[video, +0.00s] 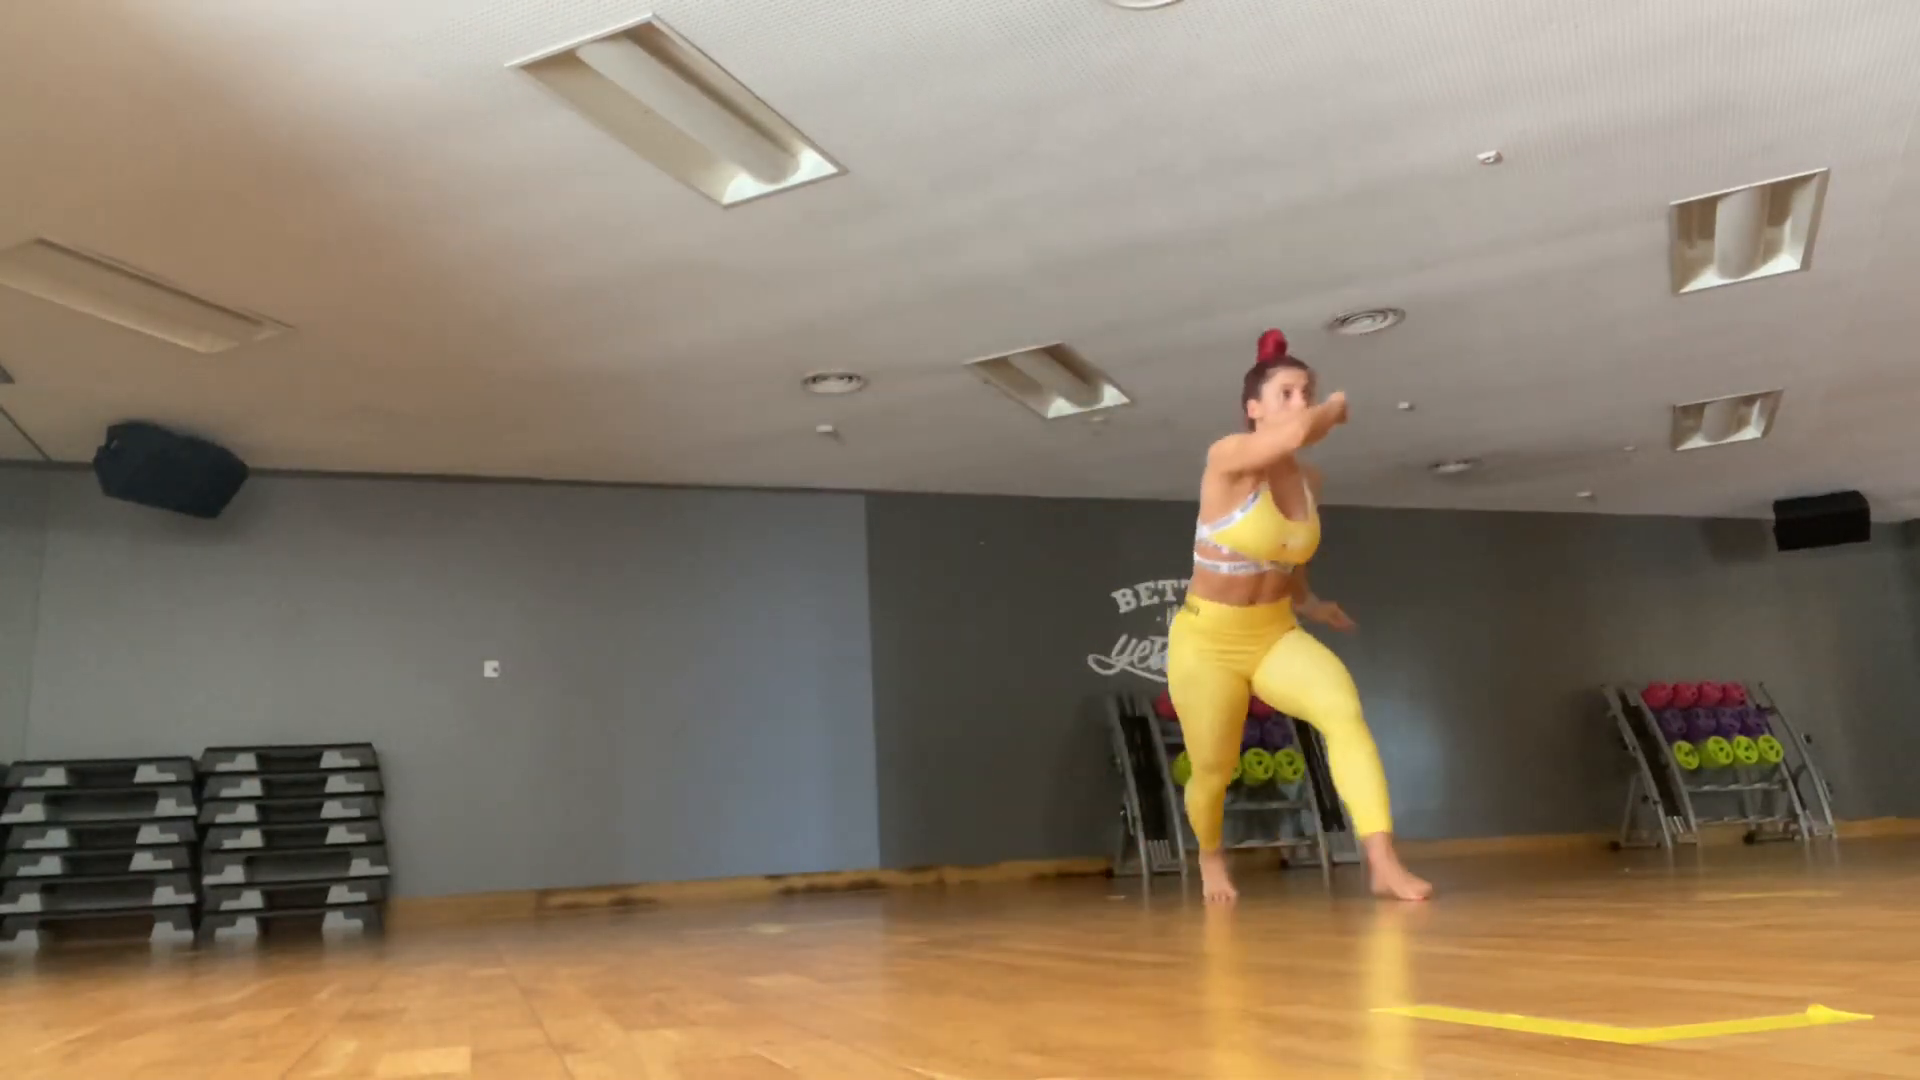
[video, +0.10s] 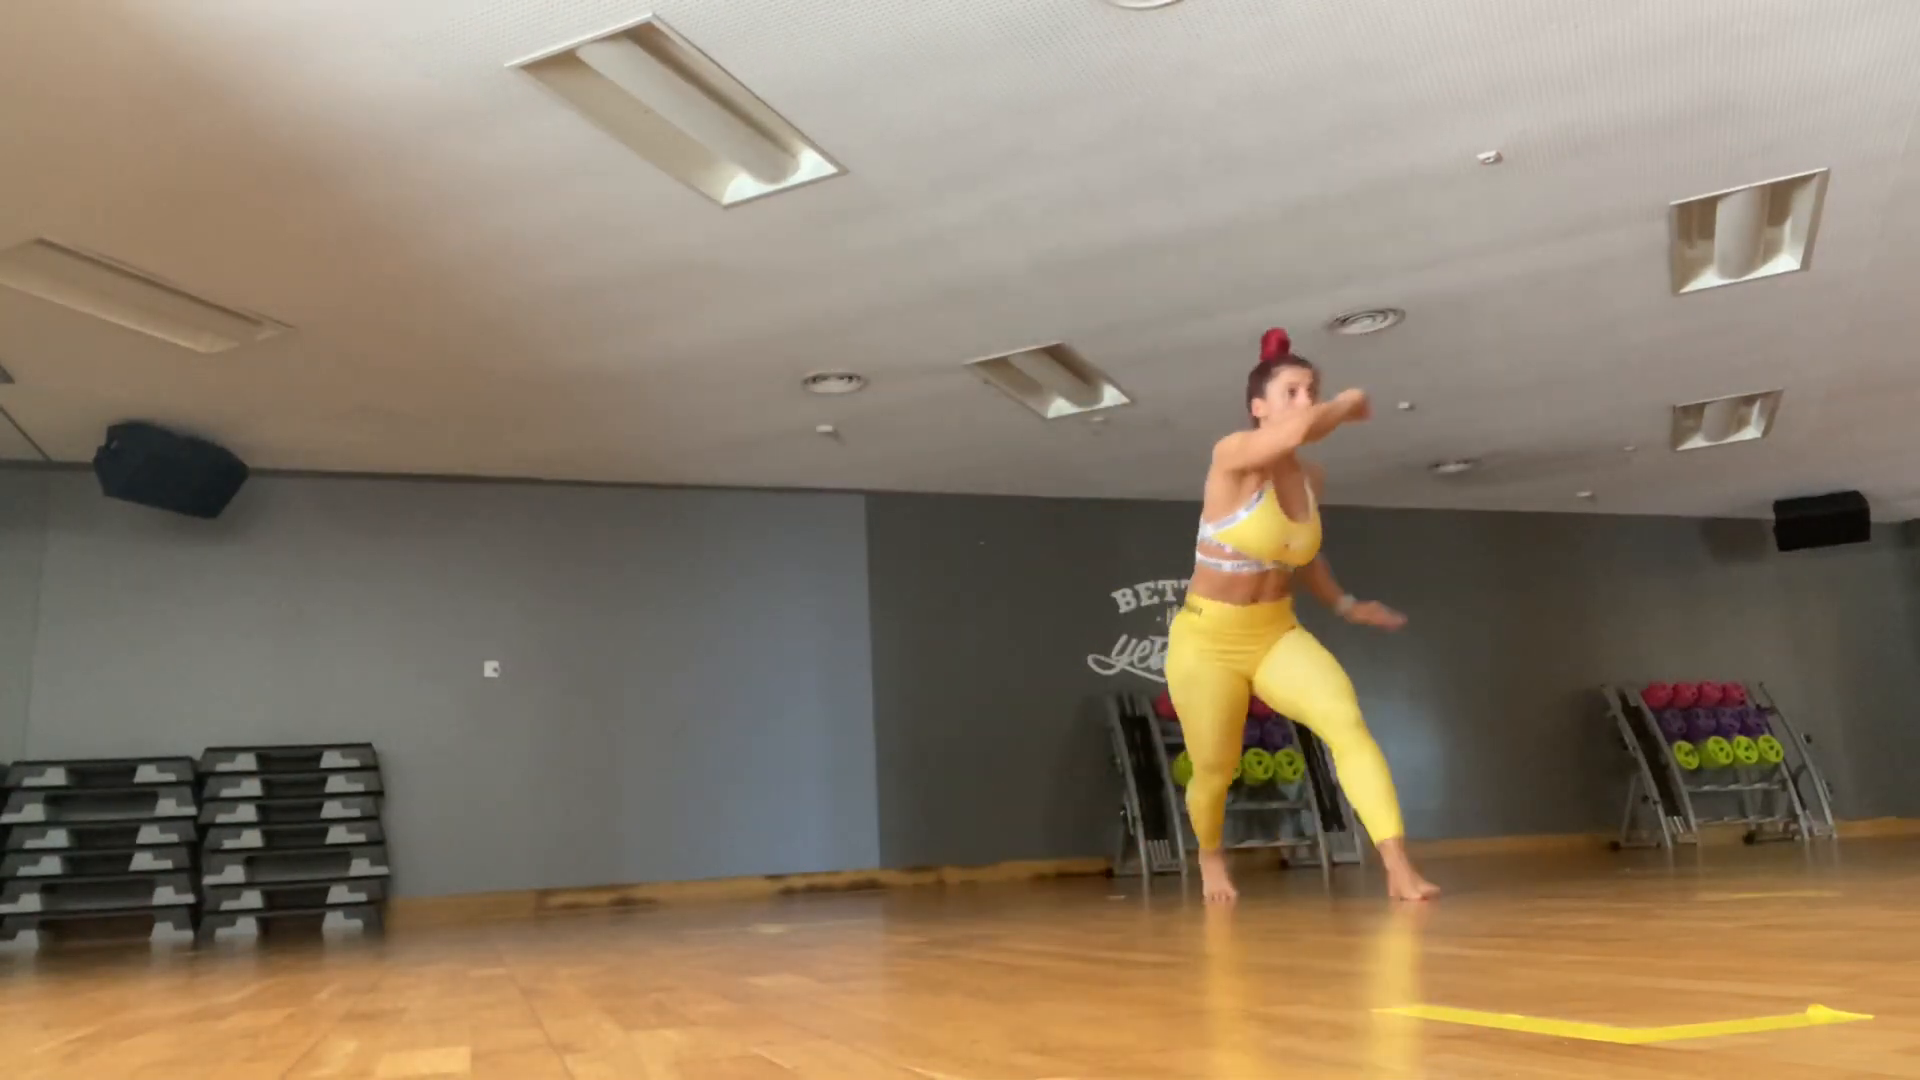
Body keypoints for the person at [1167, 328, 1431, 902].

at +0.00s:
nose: (1303, 405)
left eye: (1308, 394)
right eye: (1288, 394)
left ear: (1312, 403)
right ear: (1253, 408)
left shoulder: (1307, 477)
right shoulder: (1226, 457)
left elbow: (1288, 554)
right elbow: (1284, 439)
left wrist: (1309, 604)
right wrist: (1327, 413)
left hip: (1275, 637)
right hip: (1207, 641)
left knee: (1342, 709)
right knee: (1213, 769)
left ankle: (1382, 862)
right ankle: (1211, 861)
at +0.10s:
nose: (1308, 402)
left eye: (1313, 392)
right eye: (1292, 392)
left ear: (1317, 400)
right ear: (1258, 407)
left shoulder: (1308, 475)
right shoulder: (1230, 456)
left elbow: (1304, 552)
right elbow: (1293, 432)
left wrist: (1342, 604)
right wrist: (1341, 409)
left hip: (1276, 636)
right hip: (1207, 640)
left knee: (1345, 722)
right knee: (1214, 769)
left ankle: (1397, 864)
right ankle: (1210, 859)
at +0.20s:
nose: (1337, 375)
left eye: (1342, 365)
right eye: (1321, 364)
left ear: (1348, 373)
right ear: (1287, 380)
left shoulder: (1328, 450)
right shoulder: (1262, 422)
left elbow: (1333, 532)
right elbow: (1334, 427)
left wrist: (1388, 566)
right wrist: (1395, 391)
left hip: (1276, 612)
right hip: (1204, 609)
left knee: (1338, 721)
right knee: (1200, 743)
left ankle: (1398, 868)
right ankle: (1198, 854)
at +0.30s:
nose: (1359, 374)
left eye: (1364, 363)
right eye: (1343, 362)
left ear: (1369, 375)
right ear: (1307, 376)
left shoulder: (1352, 459)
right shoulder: (1283, 425)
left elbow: (1368, 536)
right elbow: (1347, 467)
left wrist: (1417, 533)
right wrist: (1423, 424)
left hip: (1277, 609)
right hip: (1205, 601)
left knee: (1344, 717)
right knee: (1189, 751)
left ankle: (1400, 872)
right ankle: (1170, 851)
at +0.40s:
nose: (1367, 393)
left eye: (1373, 381)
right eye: (1351, 381)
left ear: (1380, 392)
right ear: (1314, 395)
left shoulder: (1370, 463)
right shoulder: (1285, 454)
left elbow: (1416, 551)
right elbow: (1335, 546)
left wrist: (1426, 496)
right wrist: (1420, 502)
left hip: (1276, 612)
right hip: (1202, 603)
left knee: (1353, 714)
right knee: (1156, 757)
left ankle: (1398, 870)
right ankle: (1125, 857)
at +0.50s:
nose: (1337, 403)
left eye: (1343, 389)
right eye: (1320, 391)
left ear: (1351, 399)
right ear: (1285, 406)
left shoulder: (1354, 464)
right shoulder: (1257, 467)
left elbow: (1398, 551)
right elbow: (1309, 560)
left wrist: (1443, 525)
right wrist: (1396, 510)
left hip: (1274, 614)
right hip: (1194, 607)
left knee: (1354, 715)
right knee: (1125, 743)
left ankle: (1397, 871)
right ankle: (1102, 869)